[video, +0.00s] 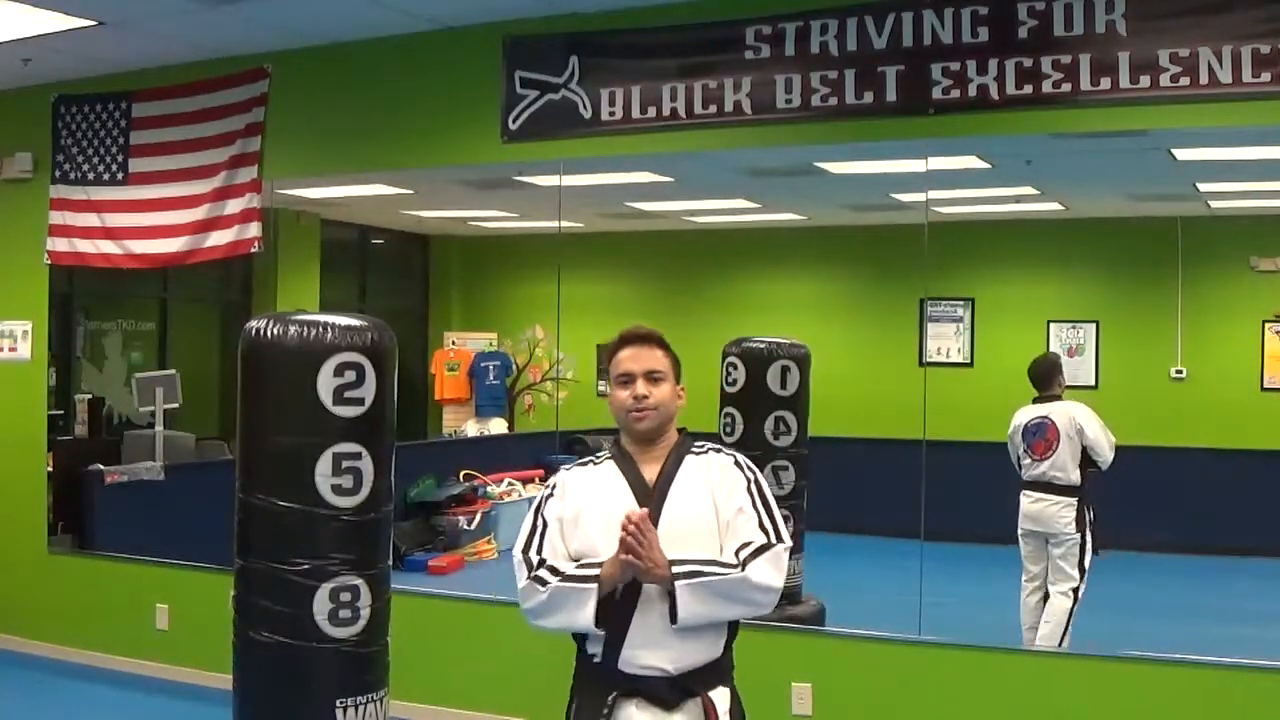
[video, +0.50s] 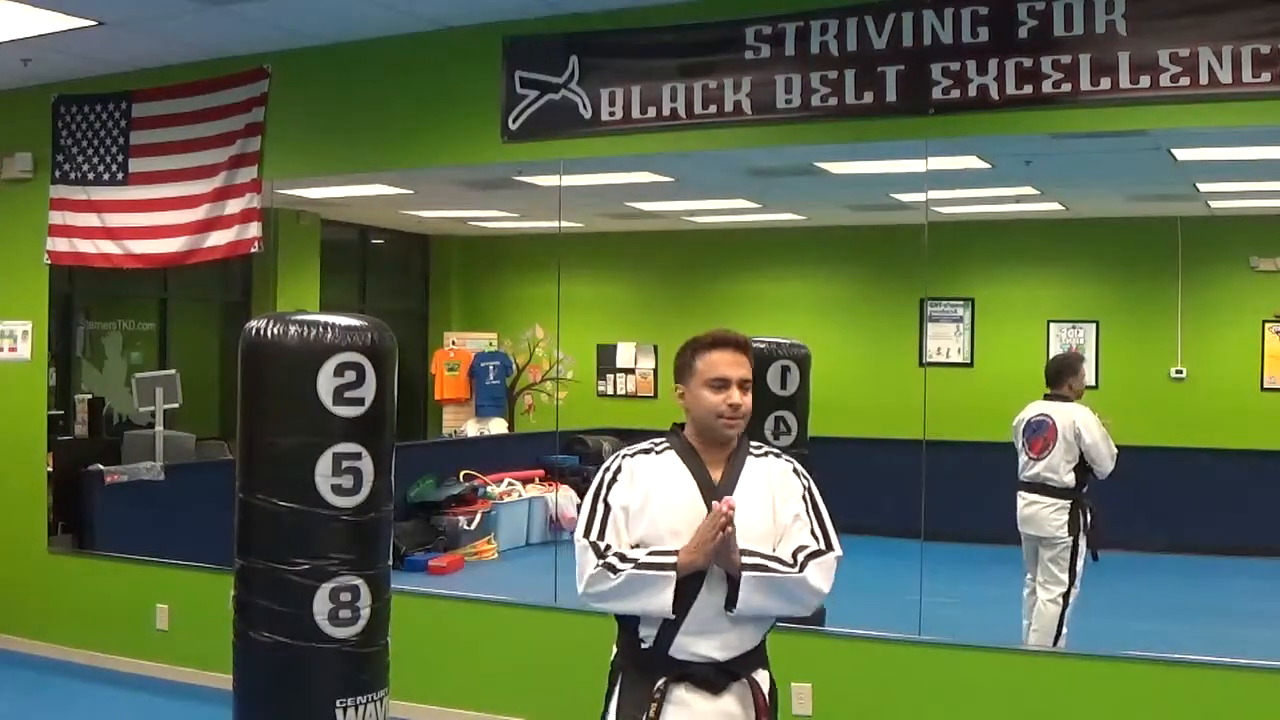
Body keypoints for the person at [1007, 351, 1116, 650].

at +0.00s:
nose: (1065, 377)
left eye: (1061, 373)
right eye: (1063, 373)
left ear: (1034, 382)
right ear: (1060, 378)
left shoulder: (1021, 416)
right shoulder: (1077, 413)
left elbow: (1019, 461)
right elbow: (1105, 456)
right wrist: (1077, 458)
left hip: (1028, 506)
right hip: (1066, 509)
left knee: (1032, 582)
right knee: (1064, 587)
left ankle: (1030, 652)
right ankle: (1045, 655)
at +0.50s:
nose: (1085, 382)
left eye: (1084, 375)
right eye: (1082, 376)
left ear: (1052, 380)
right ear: (1070, 381)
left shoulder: (1026, 413)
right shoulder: (1080, 416)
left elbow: (1027, 453)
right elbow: (1105, 464)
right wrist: (1102, 430)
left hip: (1026, 507)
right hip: (1060, 512)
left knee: (1033, 581)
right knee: (1056, 588)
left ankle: (1030, 647)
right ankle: (1041, 657)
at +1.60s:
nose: (1080, 383)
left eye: (1077, 378)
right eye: (1078, 379)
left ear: (1048, 385)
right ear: (1075, 382)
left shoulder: (1035, 416)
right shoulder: (1092, 409)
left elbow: (1034, 459)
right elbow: (1120, 451)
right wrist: (1093, 453)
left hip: (1045, 505)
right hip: (1082, 507)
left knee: (1053, 578)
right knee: (1090, 579)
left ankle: (1051, 648)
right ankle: (1056, 647)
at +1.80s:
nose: (1086, 384)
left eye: (1083, 380)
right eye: (1085, 380)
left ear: (1053, 384)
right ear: (1080, 382)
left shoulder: (1037, 415)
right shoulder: (1092, 409)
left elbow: (1038, 458)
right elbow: (1120, 452)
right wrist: (1091, 451)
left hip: (1050, 502)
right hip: (1087, 504)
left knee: (1059, 573)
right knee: (1117, 569)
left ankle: (1055, 645)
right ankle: (1085, 641)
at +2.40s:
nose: (1131, 385)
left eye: (1128, 381)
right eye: (1131, 381)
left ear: (1102, 381)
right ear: (1128, 383)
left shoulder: (1078, 411)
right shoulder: (1137, 415)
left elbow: (1070, 451)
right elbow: (1159, 460)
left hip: (1084, 499)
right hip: (1122, 503)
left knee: (1077, 568)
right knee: (1131, 575)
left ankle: (1062, 646)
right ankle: (1133, 649)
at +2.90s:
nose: (1163, 384)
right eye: (1165, 379)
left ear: (1140, 381)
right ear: (1167, 381)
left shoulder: (1117, 410)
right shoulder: (1182, 415)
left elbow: (1103, 454)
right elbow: (1197, 460)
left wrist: (1134, 452)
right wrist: (1168, 458)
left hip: (1120, 500)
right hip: (1157, 504)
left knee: (1112, 565)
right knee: (1149, 573)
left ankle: (1104, 639)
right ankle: (1137, 647)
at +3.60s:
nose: (1168, 379)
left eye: (1165, 374)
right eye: (1165, 375)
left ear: (1138, 385)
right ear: (1161, 381)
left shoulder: (1126, 417)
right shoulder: (1174, 414)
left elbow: (1125, 463)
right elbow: (1200, 457)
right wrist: (1205, 442)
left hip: (1137, 496)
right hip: (1170, 500)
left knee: (1142, 564)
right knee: (1192, 561)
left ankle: (1139, 638)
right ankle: (1157, 621)